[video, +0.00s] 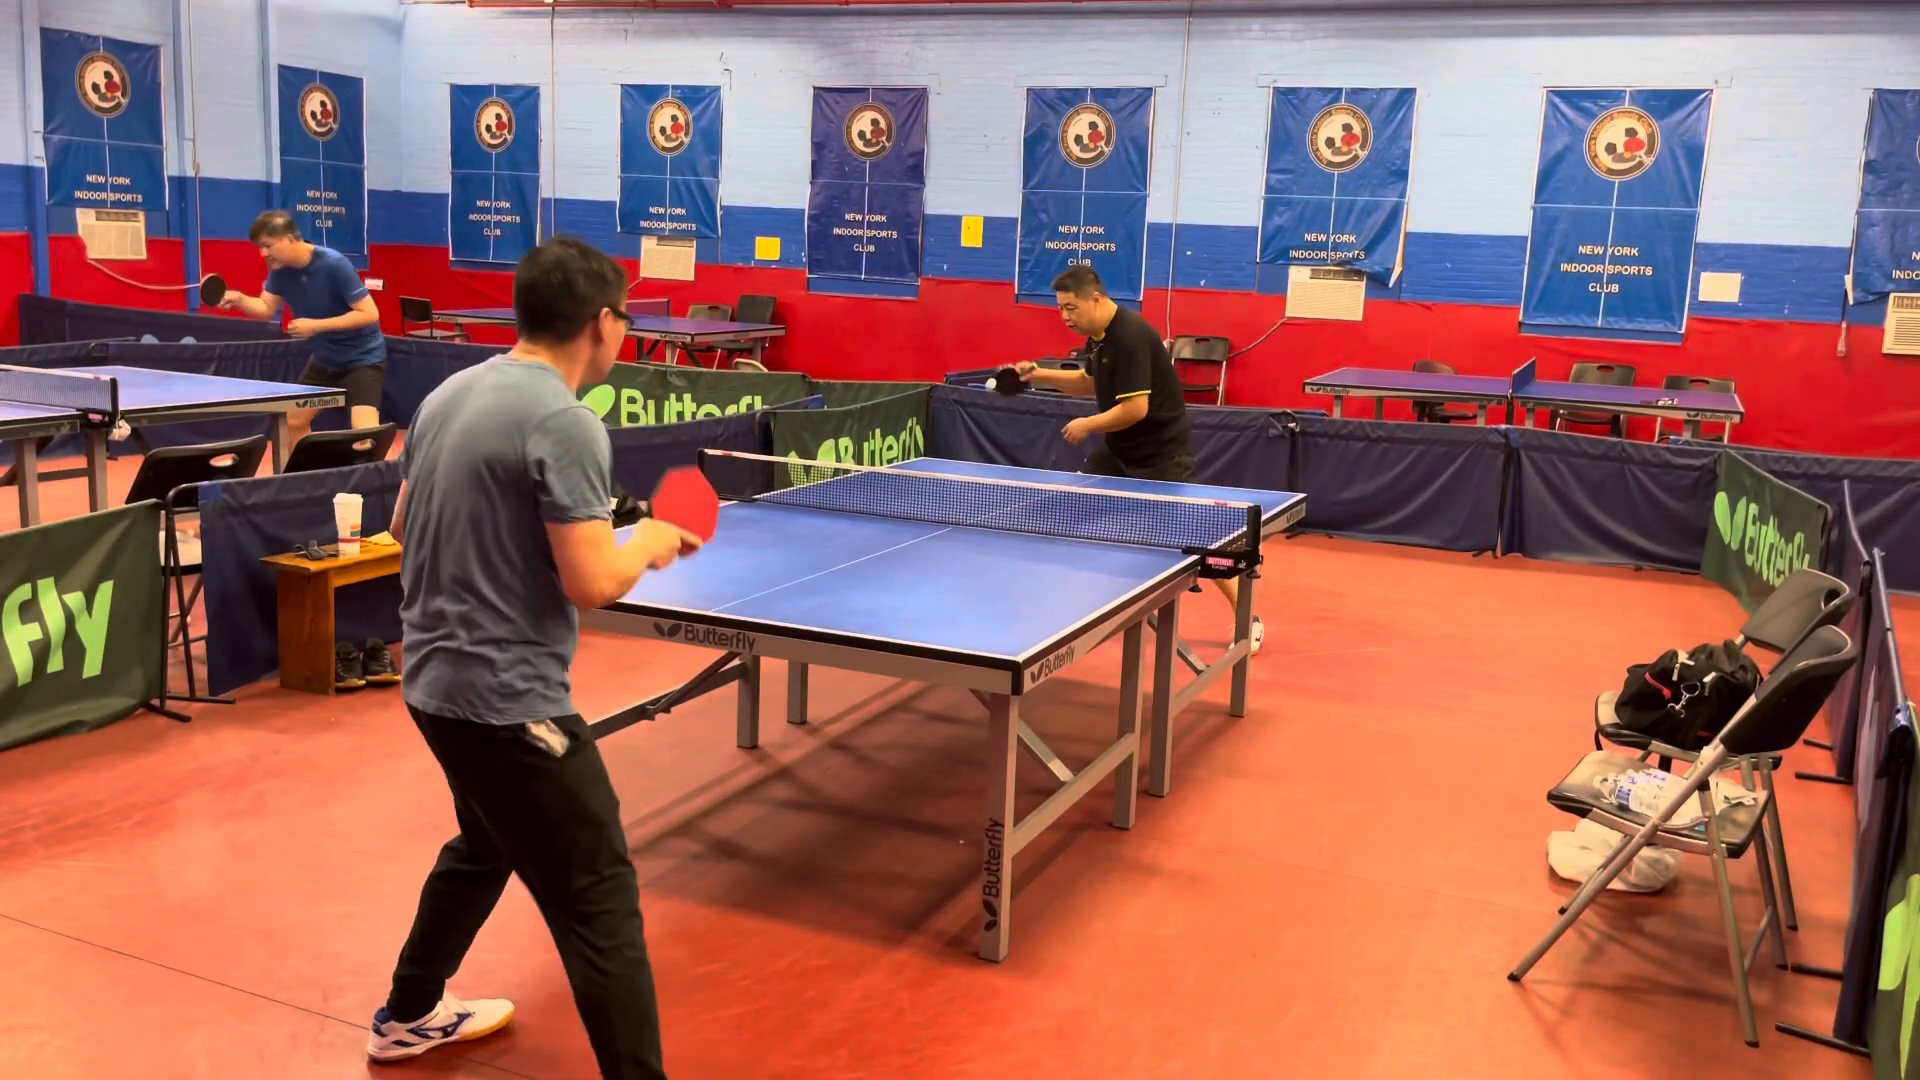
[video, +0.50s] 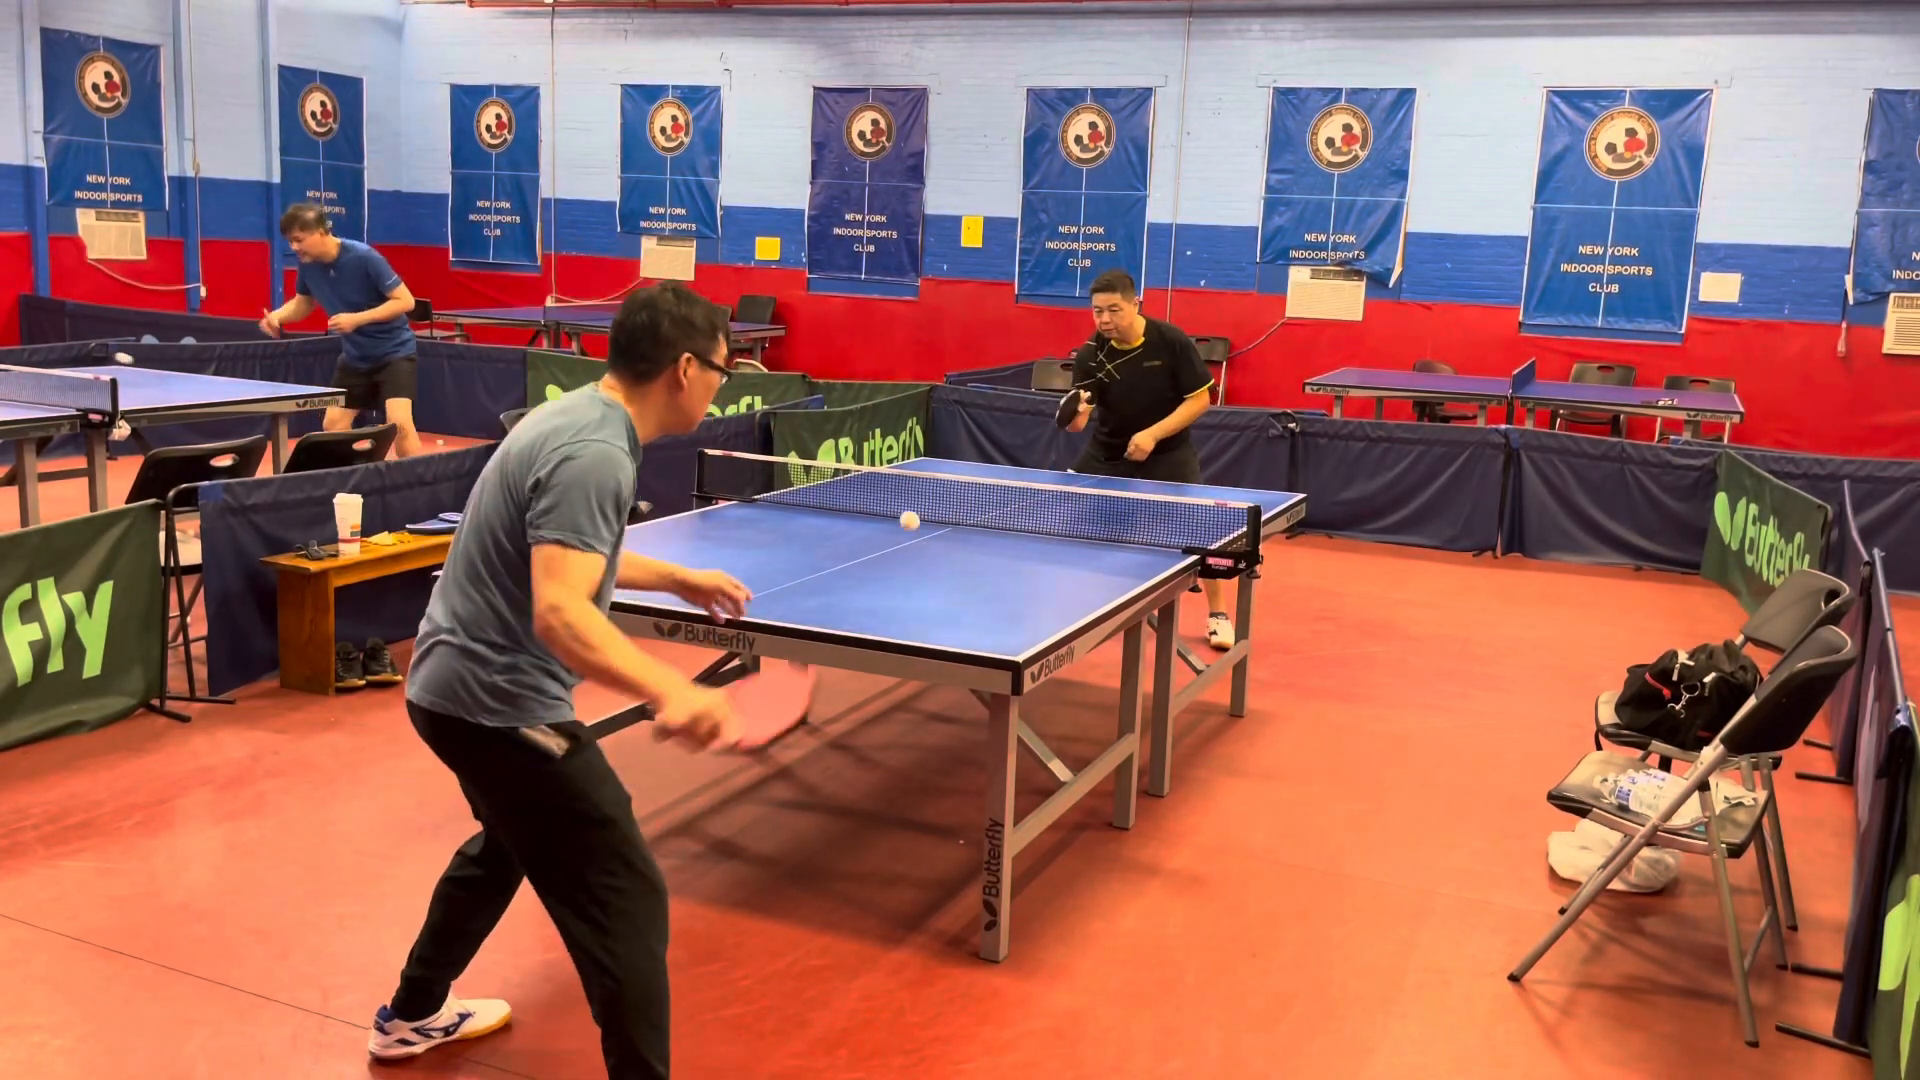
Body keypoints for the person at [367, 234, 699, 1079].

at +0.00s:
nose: (624, 338)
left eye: (622, 320)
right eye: (621, 321)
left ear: (527, 316)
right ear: (597, 323)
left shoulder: (447, 397)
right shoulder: (564, 422)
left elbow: (408, 527)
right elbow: (592, 582)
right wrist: (653, 538)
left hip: (435, 685)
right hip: (512, 700)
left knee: (486, 840)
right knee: (597, 891)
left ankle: (409, 1011)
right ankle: (638, 1071)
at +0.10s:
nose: (661, 344)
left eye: (662, 329)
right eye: (660, 328)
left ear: (561, 321)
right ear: (638, 330)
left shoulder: (479, 394)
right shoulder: (600, 428)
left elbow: (421, 519)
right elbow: (590, 597)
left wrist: (520, 568)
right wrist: (660, 619)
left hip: (440, 684)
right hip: (523, 701)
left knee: (482, 831)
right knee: (622, 901)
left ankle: (407, 1012)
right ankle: (644, 1068)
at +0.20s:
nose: (696, 355)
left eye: (696, 338)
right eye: (695, 339)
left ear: (600, 332)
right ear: (673, 344)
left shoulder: (521, 395)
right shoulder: (618, 438)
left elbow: (452, 519)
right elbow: (577, 601)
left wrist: (501, 624)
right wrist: (653, 703)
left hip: (441, 682)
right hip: (516, 702)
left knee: (482, 837)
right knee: (621, 910)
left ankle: (406, 1014)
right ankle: (643, 1068)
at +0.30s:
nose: (720, 385)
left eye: (722, 368)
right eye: (720, 367)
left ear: (633, 355)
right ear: (694, 370)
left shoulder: (560, 409)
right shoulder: (616, 460)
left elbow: (515, 544)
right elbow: (554, 625)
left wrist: (588, 615)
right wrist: (611, 764)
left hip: (444, 682)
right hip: (497, 707)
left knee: (494, 843)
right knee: (617, 902)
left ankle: (408, 1014)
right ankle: (638, 1065)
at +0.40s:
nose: (727, 404)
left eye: (730, 387)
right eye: (727, 386)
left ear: (644, 371)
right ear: (698, 387)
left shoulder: (590, 426)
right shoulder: (599, 466)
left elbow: (556, 557)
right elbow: (531, 628)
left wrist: (646, 611)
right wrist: (585, 762)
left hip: (455, 693)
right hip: (485, 712)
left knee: (516, 840)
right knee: (621, 898)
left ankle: (411, 1014)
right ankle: (639, 1066)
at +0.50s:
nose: (719, 390)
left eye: (722, 372)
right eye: (717, 371)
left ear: (642, 360)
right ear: (680, 369)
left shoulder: (569, 416)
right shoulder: (595, 451)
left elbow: (569, 554)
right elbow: (560, 614)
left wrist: (676, 579)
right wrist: (667, 691)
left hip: (454, 684)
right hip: (504, 702)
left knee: (510, 838)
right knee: (626, 903)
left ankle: (411, 1014)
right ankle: (641, 1069)